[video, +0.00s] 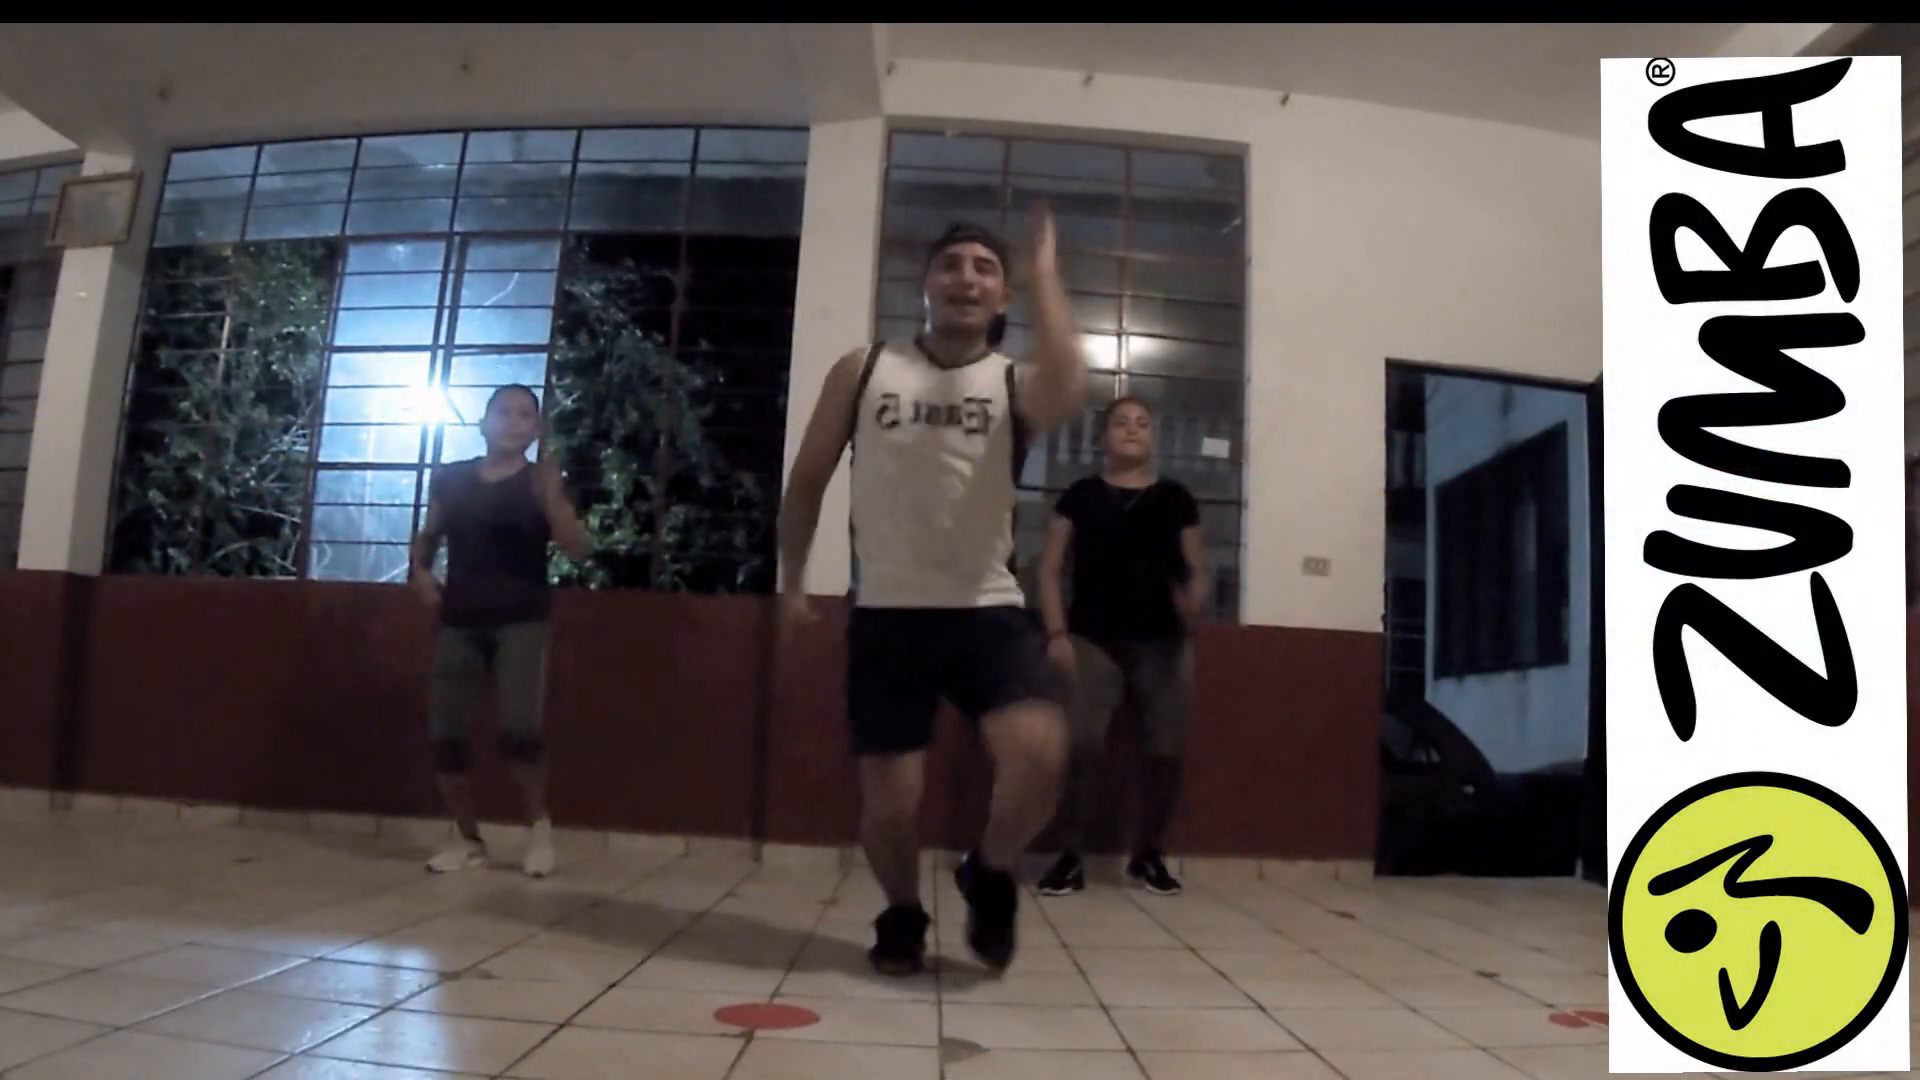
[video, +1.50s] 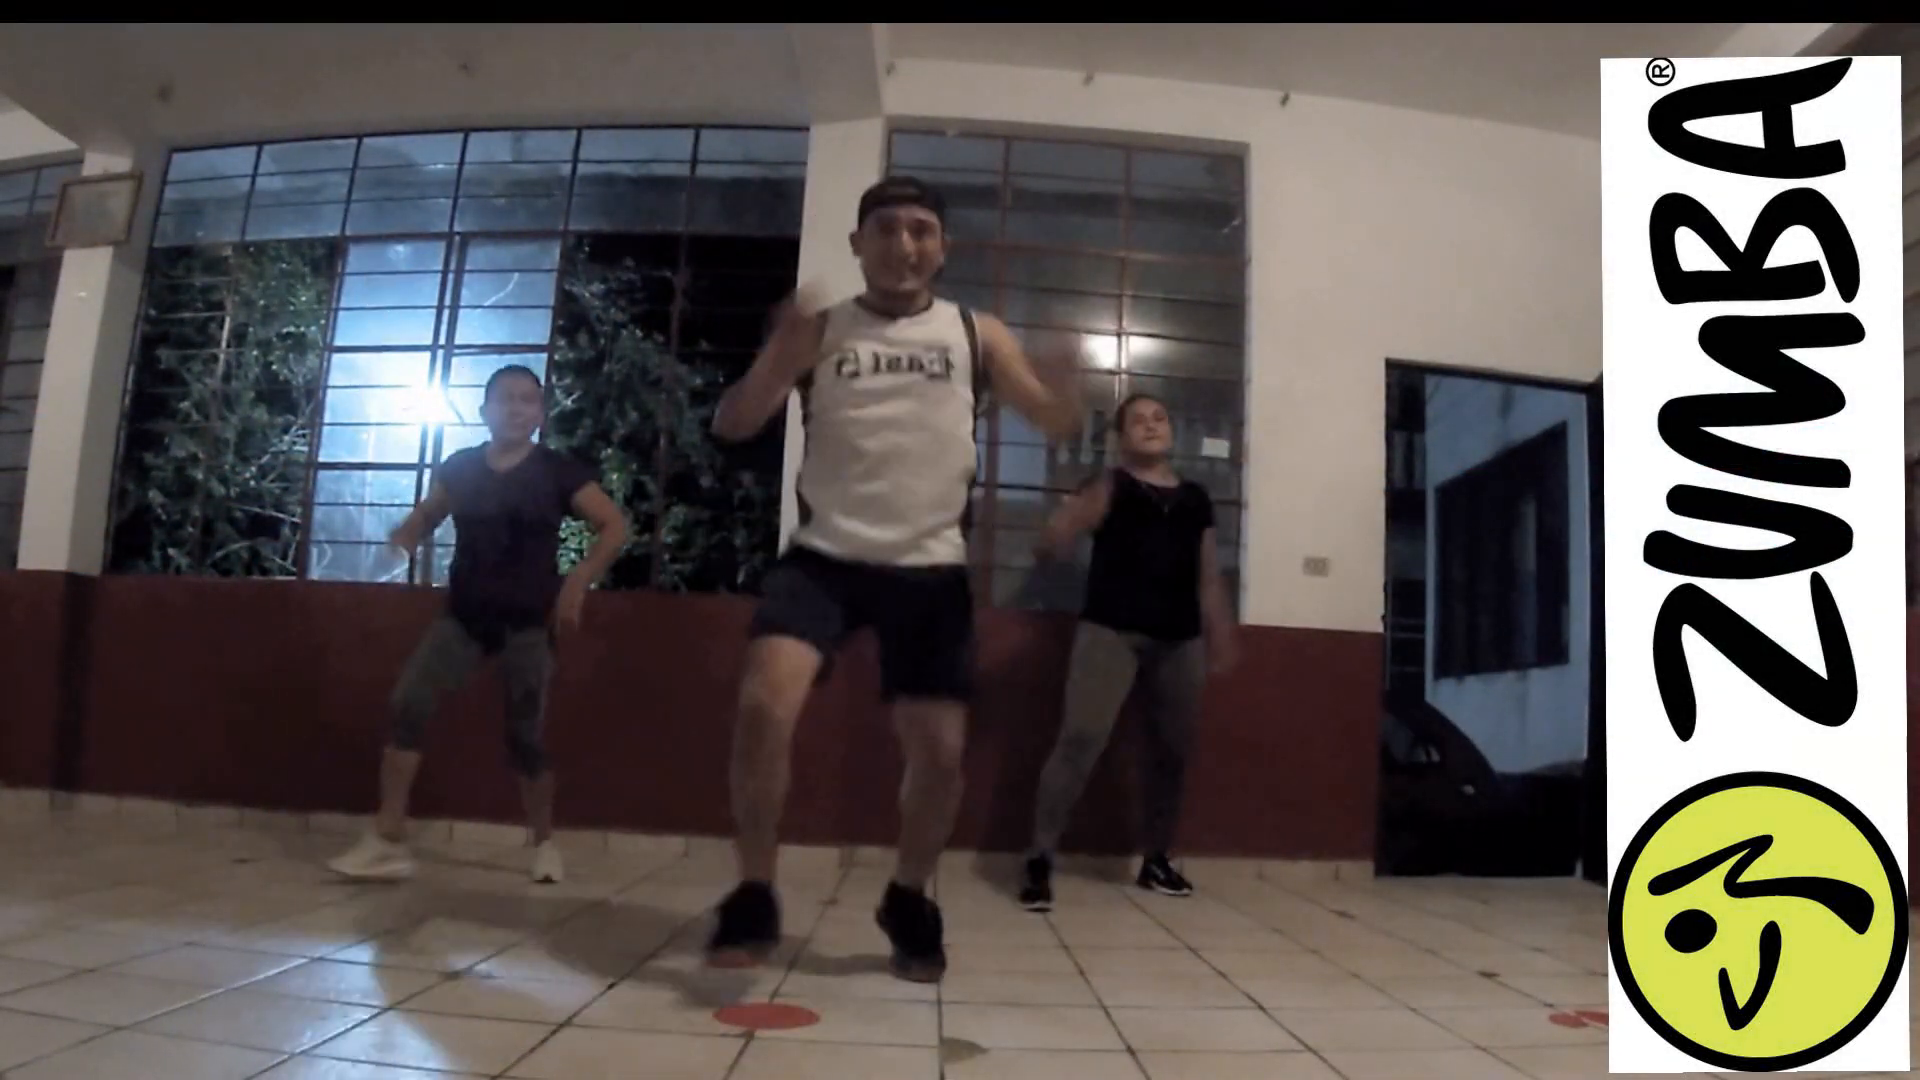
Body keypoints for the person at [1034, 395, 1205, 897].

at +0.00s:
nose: (1132, 431)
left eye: (1141, 424)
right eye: (1122, 424)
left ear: (1154, 438)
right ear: (1105, 437)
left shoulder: (1174, 499)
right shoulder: (1081, 496)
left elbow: (1196, 571)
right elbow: (1049, 569)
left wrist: (1189, 602)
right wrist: (1057, 634)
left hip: (1159, 641)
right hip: (1092, 640)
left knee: (1164, 749)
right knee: (1082, 746)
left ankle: (1149, 852)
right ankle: (1071, 854)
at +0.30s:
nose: (1152, 424)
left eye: (1160, 418)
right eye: (1141, 416)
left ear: (1169, 430)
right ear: (1118, 427)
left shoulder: (1183, 480)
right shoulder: (1092, 482)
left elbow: (1237, 424)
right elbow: (1050, 552)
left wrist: (1257, 350)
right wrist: (1050, 634)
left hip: (1182, 632)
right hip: (1109, 634)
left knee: (1226, 727)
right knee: (1095, 743)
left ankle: (1249, 869)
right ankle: (1071, 852)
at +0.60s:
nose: (1173, 419)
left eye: (1182, 413)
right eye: (1162, 413)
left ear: (1198, 429)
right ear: (1144, 431)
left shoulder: (1225, 478)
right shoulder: (1127, 491)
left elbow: (1299, 428)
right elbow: (1076, 527)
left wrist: (1292, 355)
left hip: (1218, 626)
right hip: (1139, 626)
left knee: (1236, 743)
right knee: (1080, 723)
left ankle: (1243, 880)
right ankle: (1079, 849)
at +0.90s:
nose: (1145, 417)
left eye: (1154, 411)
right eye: (1134, 410)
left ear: (1166, 428)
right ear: (1114, 424)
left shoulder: (1185, 492)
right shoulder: (1095, 477)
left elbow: (1242, 548)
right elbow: (1071, 396)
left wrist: (1261, 508)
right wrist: (1083, 323)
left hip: (1178, 625)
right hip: (1100, 622)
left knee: (1207, 746)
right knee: (1069, 740)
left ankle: (1237, 878)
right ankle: (1036, 870)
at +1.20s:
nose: (1138, 409)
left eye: (1146, 404)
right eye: (1127, 402)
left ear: (1157, 423)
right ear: (1106, 417)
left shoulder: (1153, 487)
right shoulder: (1082, 461)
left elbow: (1150, 555)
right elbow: (1050, 394)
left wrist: (1157, 610)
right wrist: (1092, 331)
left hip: (1156, 622)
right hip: (1088, 620)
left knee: (1203, 725)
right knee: (1069, 735)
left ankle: (1182, 832)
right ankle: (1034, 864)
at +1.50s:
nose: (1153, 427)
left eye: (1160, 420)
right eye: (1141, 421)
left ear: (1172, 432)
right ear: (1121, 436)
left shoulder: (1194, 499)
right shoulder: (1107, 488)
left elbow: (1208, 575)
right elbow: (1054, 539)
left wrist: (1221, 635)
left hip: (1177, 638)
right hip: (1111, 634)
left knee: (1174, 749)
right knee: (1082, 740)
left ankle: (1157, 859)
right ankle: (1040, 857)